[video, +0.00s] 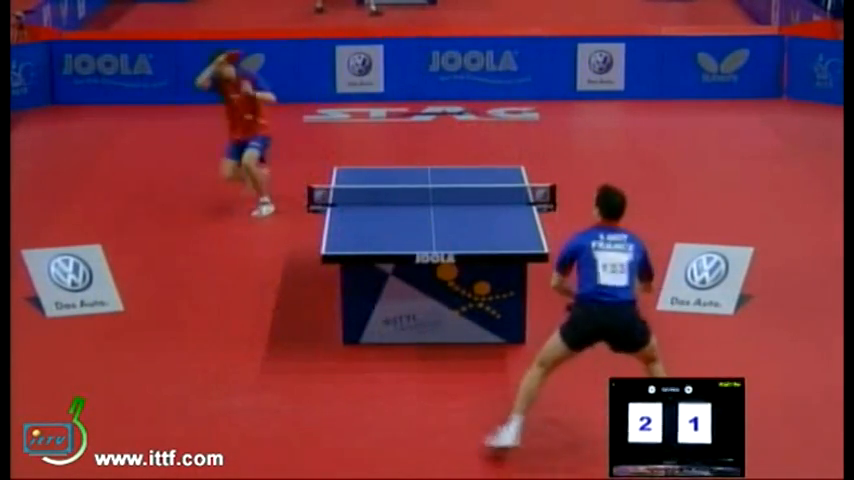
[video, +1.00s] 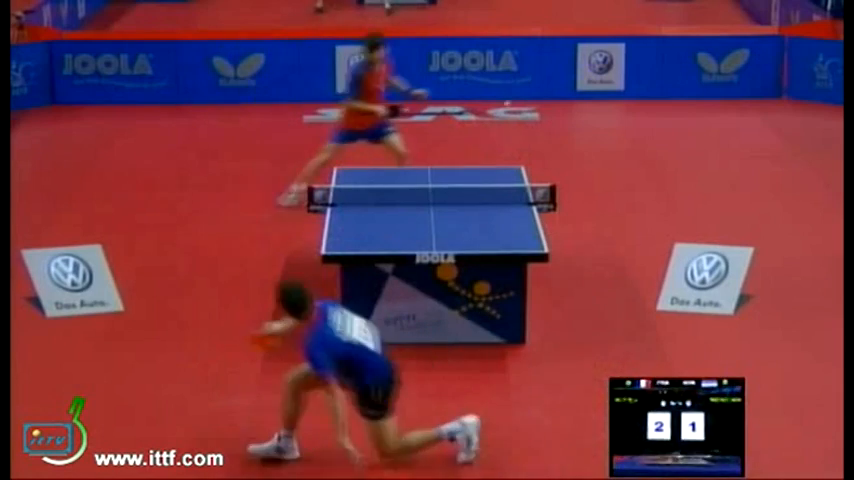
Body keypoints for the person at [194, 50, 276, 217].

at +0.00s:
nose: (225, 71)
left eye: (227, 66)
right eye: (222, 69)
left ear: (233, 65)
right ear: (219, 72)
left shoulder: (249, 79)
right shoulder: (222, 84)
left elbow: (271, 97)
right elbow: (200, 84)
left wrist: (252, 93)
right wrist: (215, 66)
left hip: (257, 132)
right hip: (237, 135)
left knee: (248, 162)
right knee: (228, 172)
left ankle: (265, 200)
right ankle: (257, 175)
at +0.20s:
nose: (209, 74)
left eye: (212, 70)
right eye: (205, 71)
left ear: (217, 73)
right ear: (200, 75)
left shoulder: (227, 92)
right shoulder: (196, 93)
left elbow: (243, 109)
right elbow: (175, 98)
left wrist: (251, 114)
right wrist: (192, 73)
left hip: (220, 143)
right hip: (197, 143)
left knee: (241, 167)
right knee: (175, 177)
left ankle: (244, 200)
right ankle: (142, 202)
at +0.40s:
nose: (233, 68)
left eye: (235, 64)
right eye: (229, 64)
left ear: (237, 66)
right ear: (220, 67)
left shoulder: (244, 87)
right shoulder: (211, 87)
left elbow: (264, 101)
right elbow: (189, 109)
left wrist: (282, 110)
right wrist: (207, 104)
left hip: (224, 140)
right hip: (200, 139)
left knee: (241, 170)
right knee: (178, 171)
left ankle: (220, 197)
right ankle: (145, 198)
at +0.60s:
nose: (267, 48)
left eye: (269, 43)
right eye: (263, 44)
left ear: (272, 46)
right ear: (255, 46)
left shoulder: (279, 65)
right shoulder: (246, 67)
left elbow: (290, 79)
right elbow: (225, 87)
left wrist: (295, 98)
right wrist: (233, 102)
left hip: (271, 115)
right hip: (249, 115)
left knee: (277, 156)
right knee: (241, 152)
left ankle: (252, 185)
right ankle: (225, 185)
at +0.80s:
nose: (309, 62)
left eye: (311, 58)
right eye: (305, 59)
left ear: (313, 59)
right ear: (297, 61)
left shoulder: (319, 76)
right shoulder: (287, 80)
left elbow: (330, 96)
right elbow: (278, 106)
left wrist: (345, 109)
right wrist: (303, 119)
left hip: (317, 125)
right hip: (292, 129)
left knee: (346, 155)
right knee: (275, 164)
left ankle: (368, 183)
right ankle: (266, 193)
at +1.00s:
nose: (380, 56)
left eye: (382, 52)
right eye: (377, 52)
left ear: (384, 53)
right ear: (369, 52)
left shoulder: (383, 68)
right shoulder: (358, 70)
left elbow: (391, 81)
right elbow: (349, 102)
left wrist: (410, 92)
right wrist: (376, 109)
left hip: (375, 122)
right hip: (351, 124)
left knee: (402, 154)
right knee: (325, 157)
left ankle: (402, 191)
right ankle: (295, 190)